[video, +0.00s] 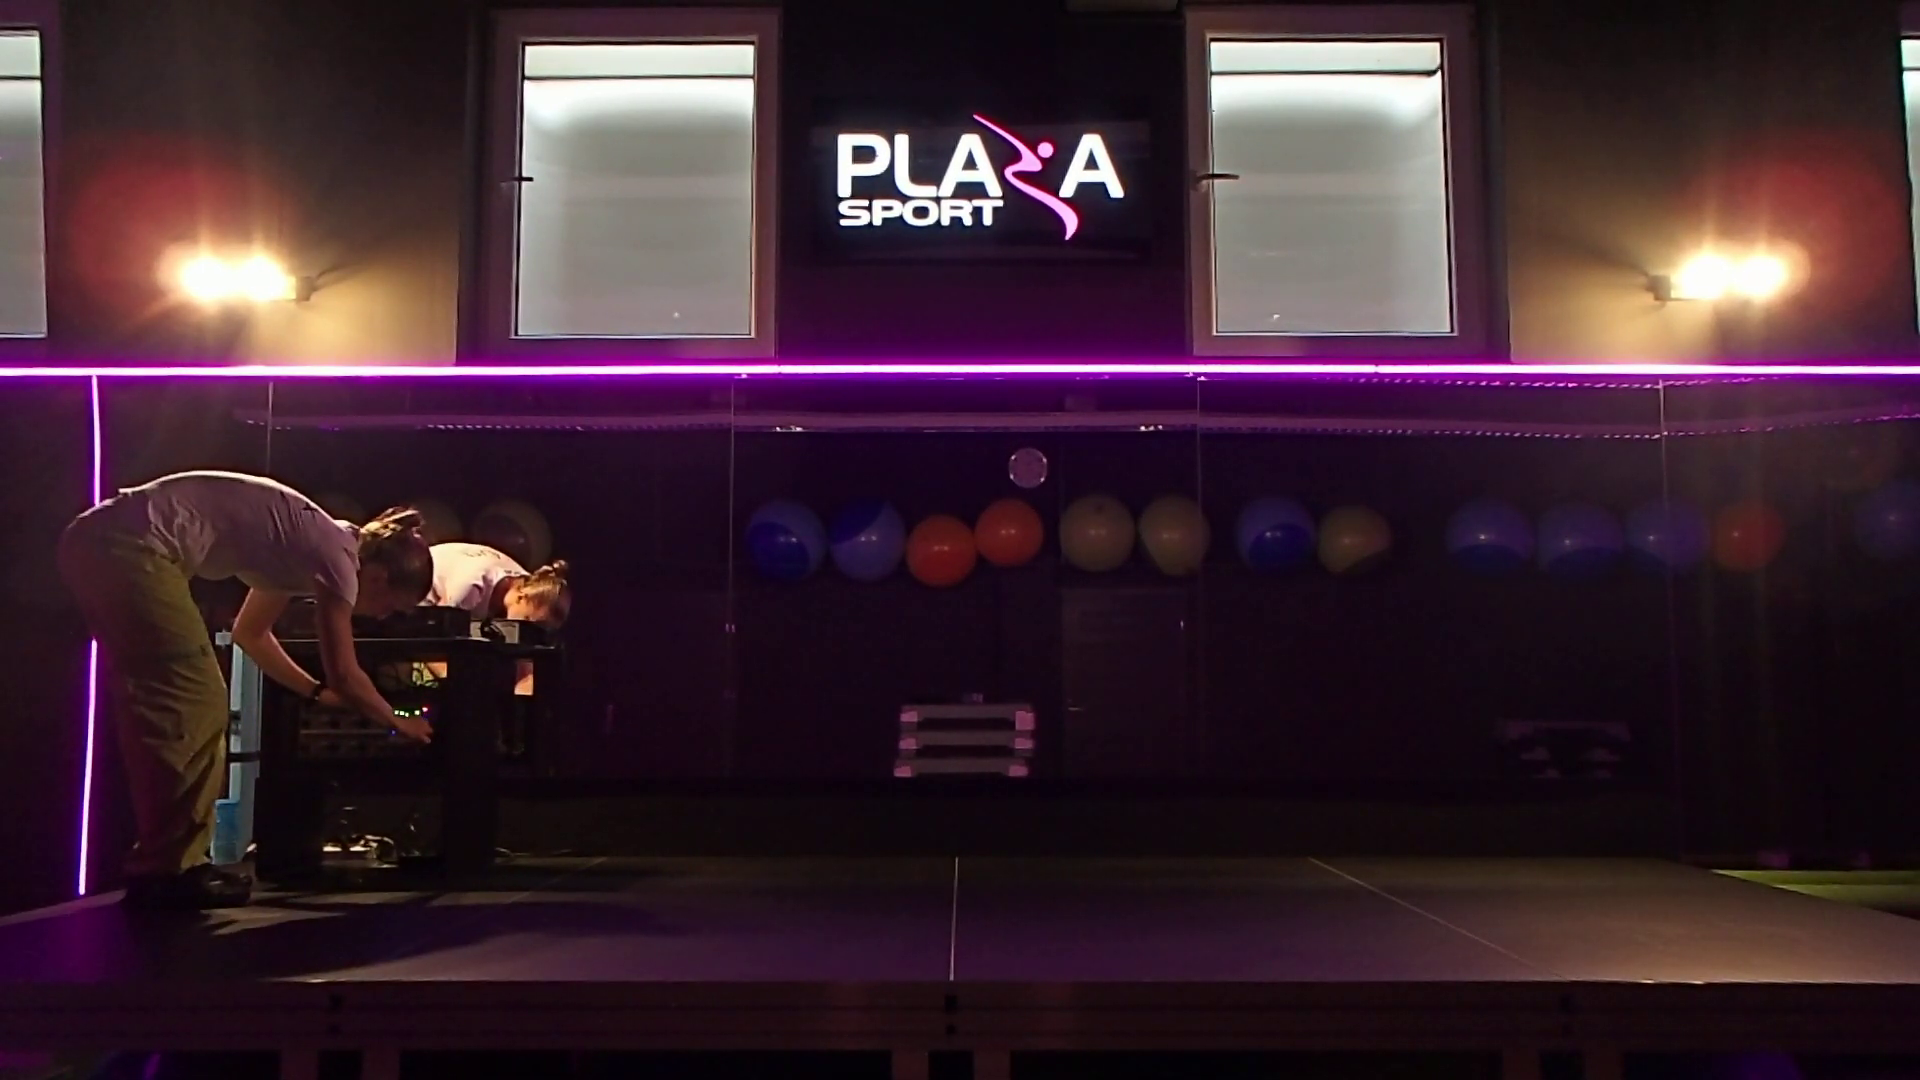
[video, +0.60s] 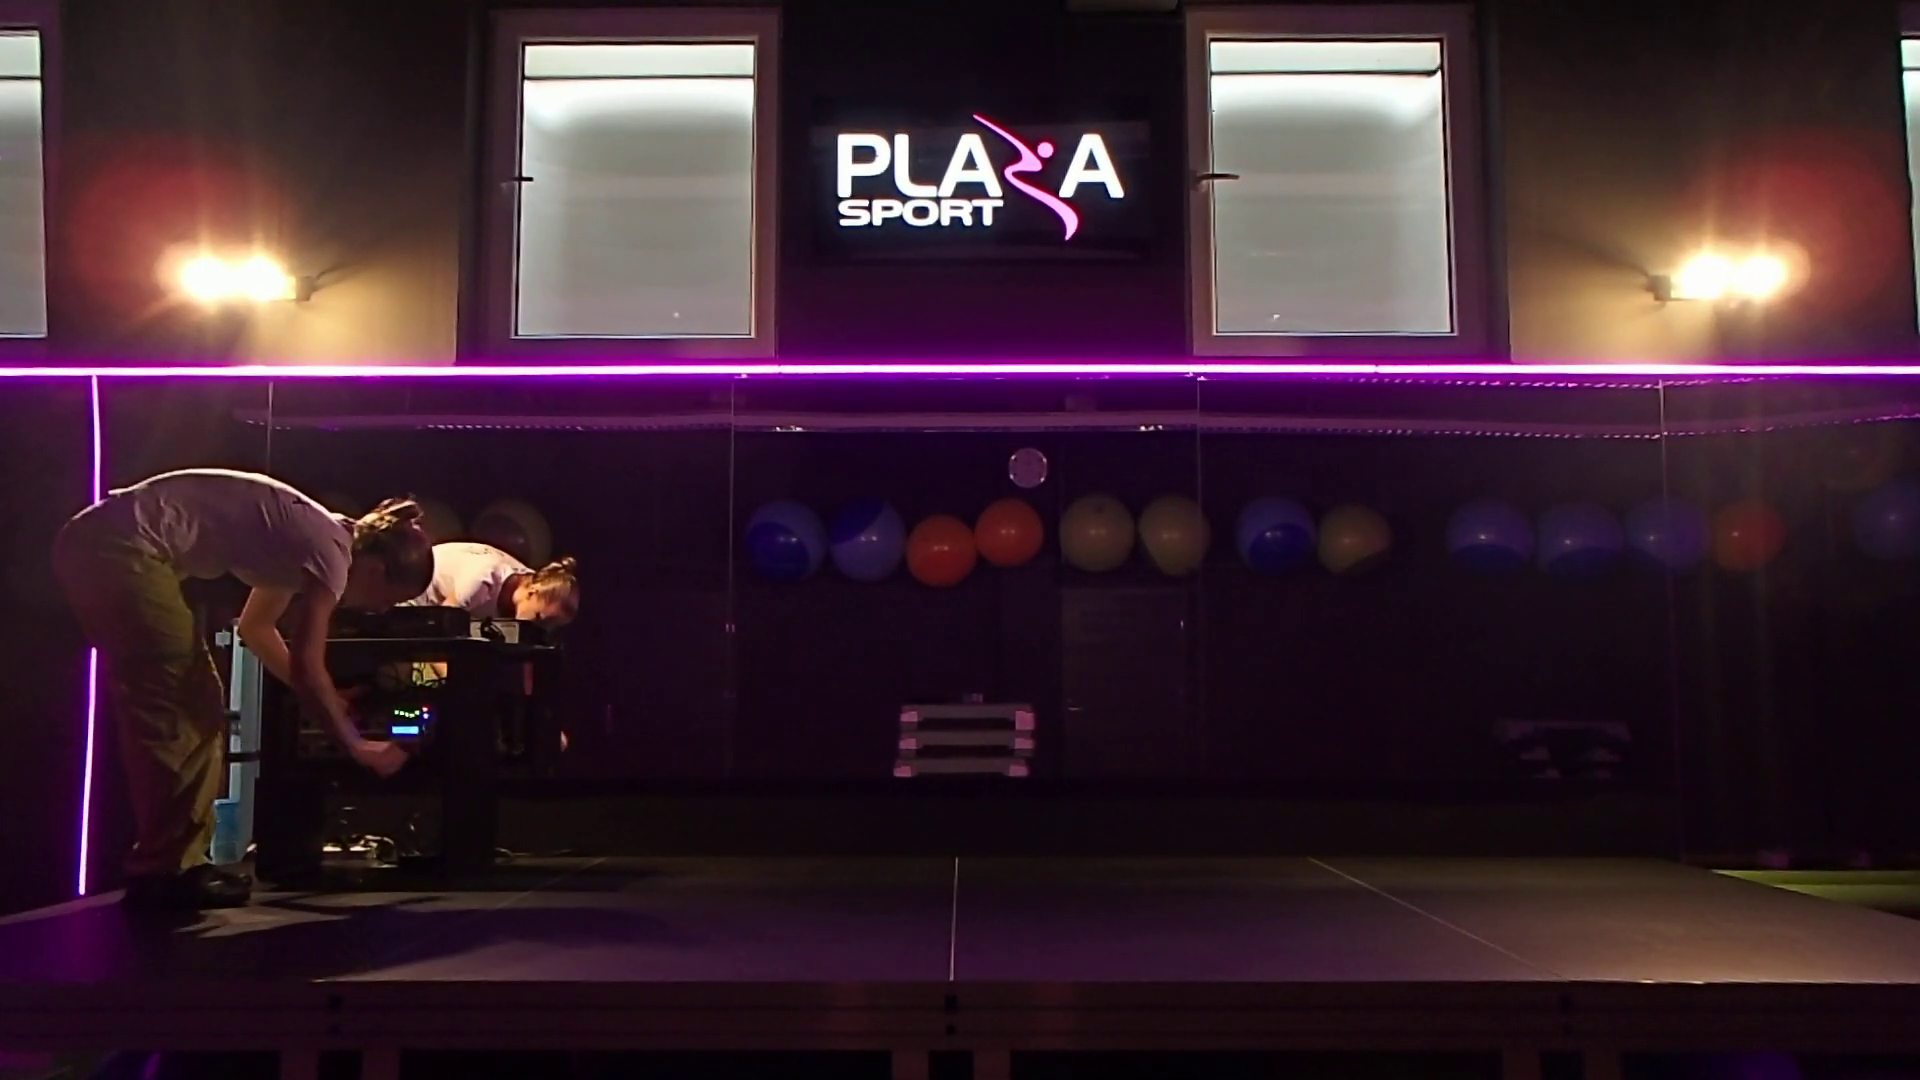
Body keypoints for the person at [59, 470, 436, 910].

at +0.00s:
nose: (378, 615)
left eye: (390, 611)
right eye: (388, 605)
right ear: (381, 574)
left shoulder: (296, 549)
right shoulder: (336, 551)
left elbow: (249, 632)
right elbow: (344, 672)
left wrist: (315, 691)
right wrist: (398, 722)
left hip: (111, 542)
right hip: (132, 547)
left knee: (181, 699)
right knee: (196, 700)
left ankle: (167, 866)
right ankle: (170, 869)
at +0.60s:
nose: (379, 608)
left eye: (390, 604)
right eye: (387, 598)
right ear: (376, 567)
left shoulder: (307, 536)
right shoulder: (330, 549)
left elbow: (255, 627)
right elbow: (309, 665)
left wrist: (320, 692)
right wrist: (356, 745)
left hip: (136, 551)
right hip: (121, 549)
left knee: (202, 707)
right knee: (171, 708)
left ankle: (181, 864)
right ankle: (165, 871)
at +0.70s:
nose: (377, 605)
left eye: (388, 600)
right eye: (385, 595)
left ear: (371, 555)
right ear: (374, 563)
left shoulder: (309, 529)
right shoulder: (324, 546)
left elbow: (254, 627)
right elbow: (283, 659)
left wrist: (311, 687)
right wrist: (310, 760)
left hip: (116, 551)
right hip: (118, 554)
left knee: (181, 698)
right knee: (187, 701)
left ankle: (175, 866)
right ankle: (168, 872)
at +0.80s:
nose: (380, 594)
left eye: (390, 588)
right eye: (387, 584)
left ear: (368, 545)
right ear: (372, 552)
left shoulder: (317, 531)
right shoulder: (314, 544)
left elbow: (264, 627)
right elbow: (252, 640)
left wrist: (314, 689)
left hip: (130, 555)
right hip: (118, 555)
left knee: (185, 697)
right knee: (182, 699)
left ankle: (174, 865)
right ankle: (169, 870)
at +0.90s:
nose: (384, 573)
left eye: (394, 565)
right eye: (391, 561)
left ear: (371, 517)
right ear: (375, 528)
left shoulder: (314, 535)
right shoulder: (298, 527)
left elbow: (271, 614)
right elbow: (218, 603)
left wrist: (317, 685)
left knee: (210, 700)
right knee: (181, 706)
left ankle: (191, 861)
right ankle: (160, 872)